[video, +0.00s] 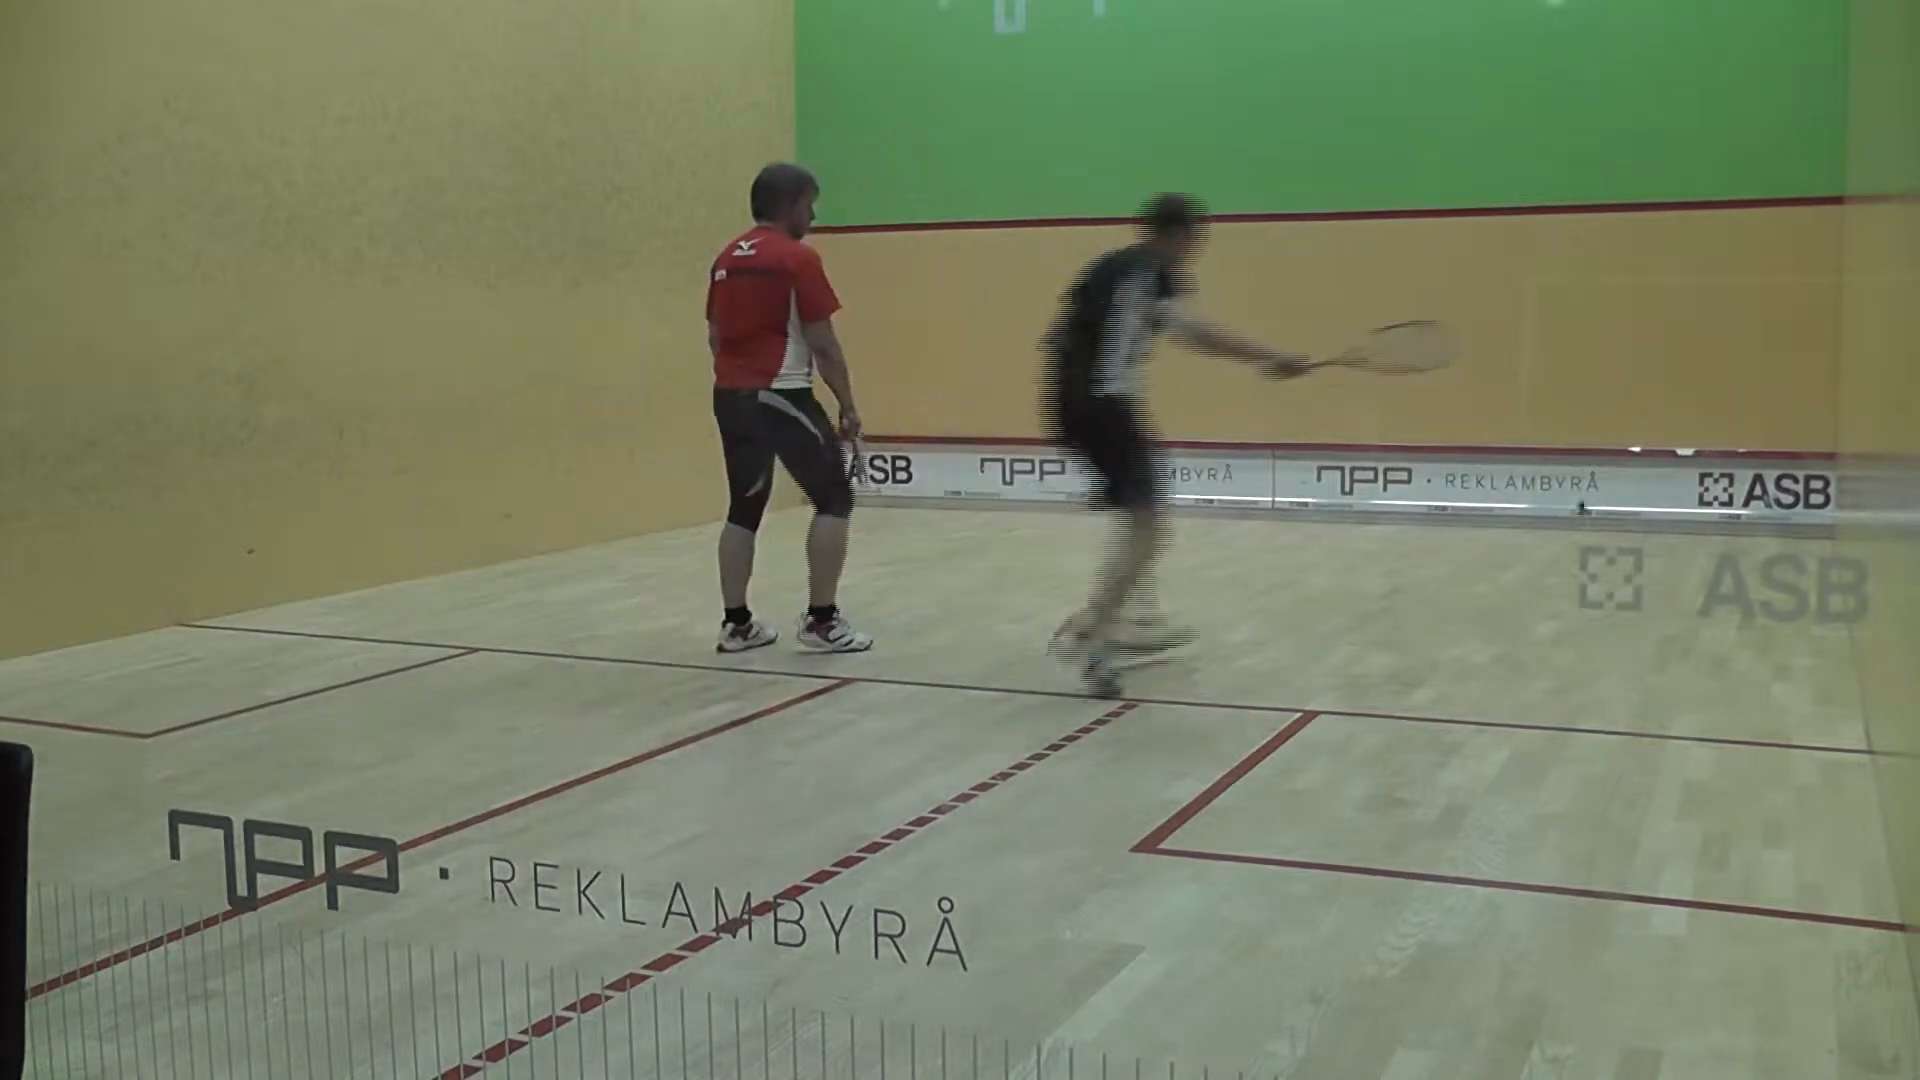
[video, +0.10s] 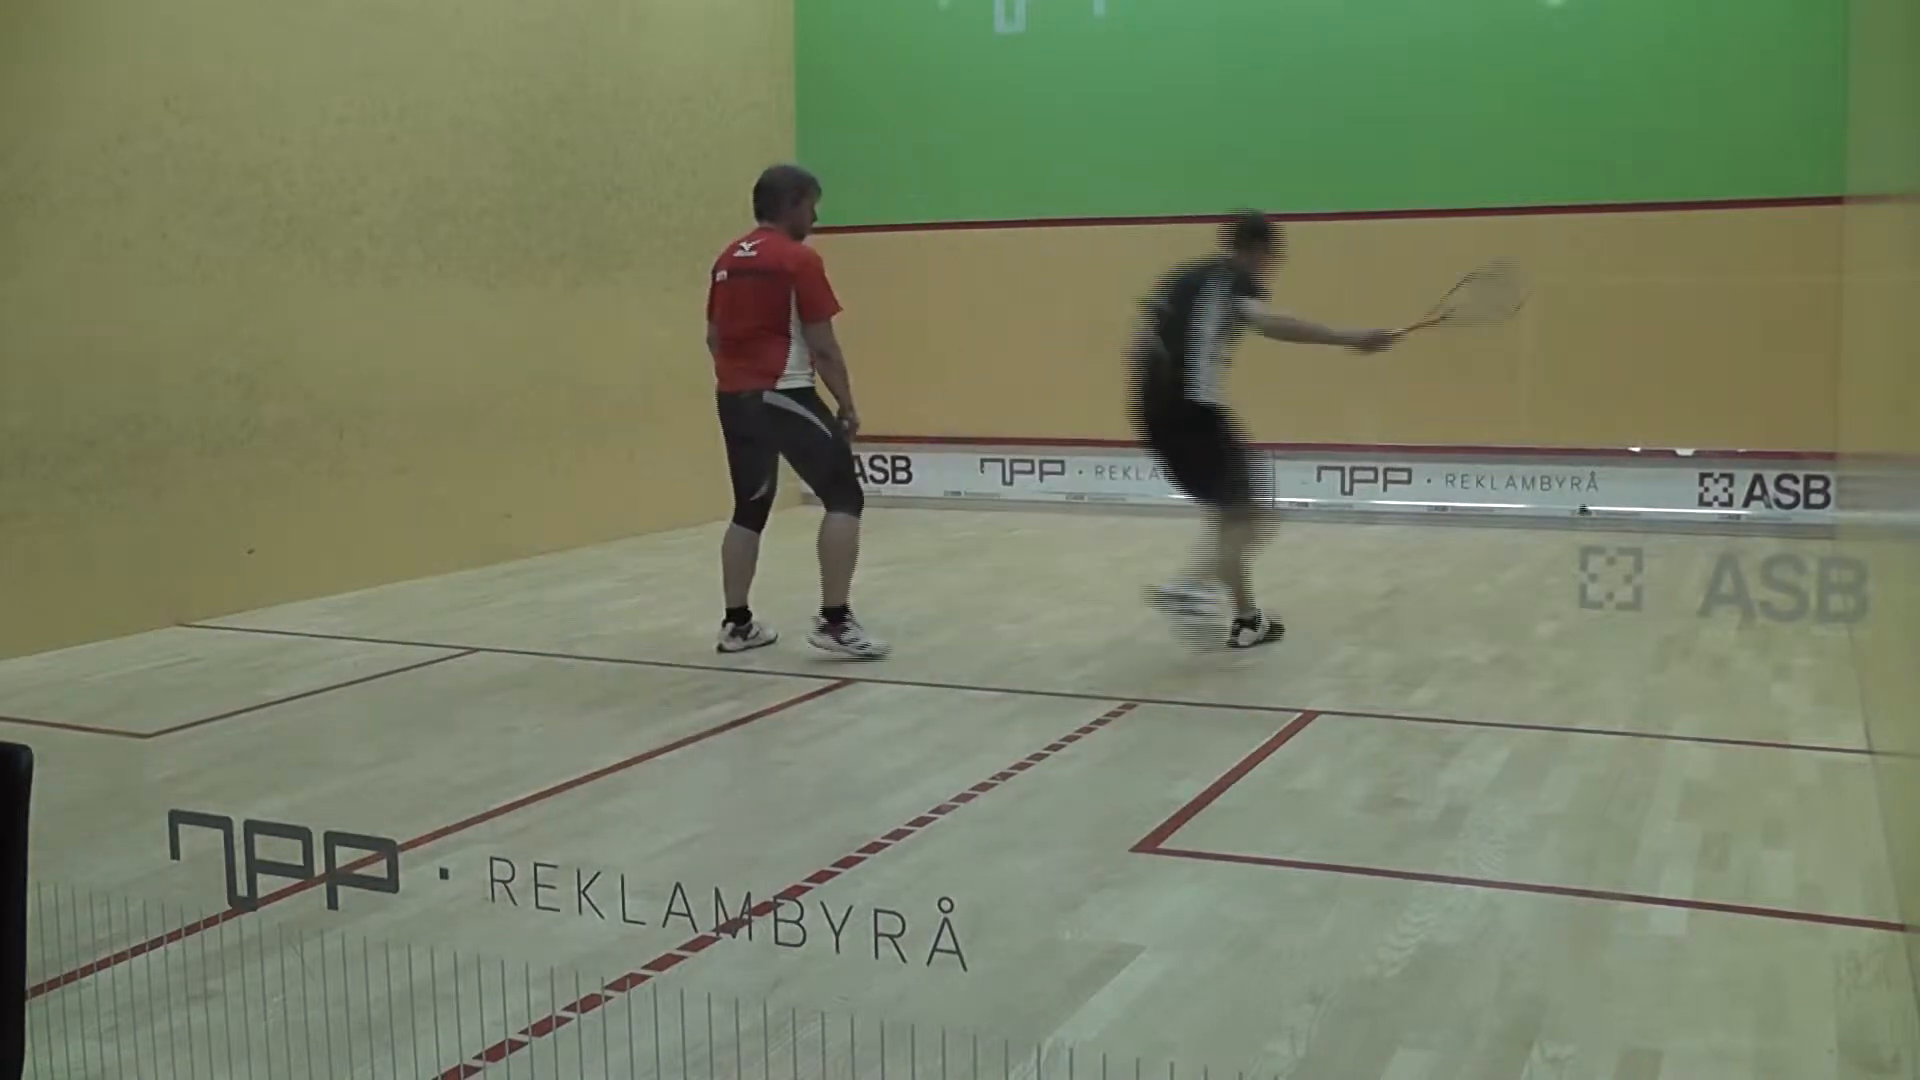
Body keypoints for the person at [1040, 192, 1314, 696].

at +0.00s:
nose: (1194, 248)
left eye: (1196, 238)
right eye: (1188, 237)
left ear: (1171, 236)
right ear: (1165, 234)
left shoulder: (1154, 280)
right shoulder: (1128, 274)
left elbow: (1200, 334)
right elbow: (1201, 334)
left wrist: (1267, 359)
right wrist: (1267, 360)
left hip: (1112, 409)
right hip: (1096, 410)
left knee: (1145, 520)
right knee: (1143, 528)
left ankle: (1126, 621)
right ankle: (1095, 634)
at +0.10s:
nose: (1270, 269)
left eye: (1272, 258)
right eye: (1267, 257)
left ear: (1235, 249)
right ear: (1247, 251)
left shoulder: (1191, 282)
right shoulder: (1224, 285)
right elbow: (1281, 327)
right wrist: (1357, 337)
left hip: (1165, 417)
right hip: (1193, 415)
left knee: (1233, 513)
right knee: (1250, 512)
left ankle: (1245, 618)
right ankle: (1193, 588)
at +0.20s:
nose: (1319, 290)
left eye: (1323, 280)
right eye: (1320, 279)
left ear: (1286, 266)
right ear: (1304, 271)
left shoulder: (1238, 298)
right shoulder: (1278, 299)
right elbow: (1325, 349)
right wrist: (1401, 353)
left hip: (1207, 428)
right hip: (1246, 422)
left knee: (1269, 512)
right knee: (1313, 500)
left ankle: (1251, 618)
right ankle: (1293, 585)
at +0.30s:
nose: (1403, 304)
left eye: (1404, 294)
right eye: (1399, 294)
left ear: (1370, 286)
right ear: (1381, 289)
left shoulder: (1314, 304)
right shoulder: (1365, 330)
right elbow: (1399, 407)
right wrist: (1467, 424)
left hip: (1263, 420)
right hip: (1307, 421)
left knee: (1306, 520)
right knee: (1360, 499)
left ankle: (1259, 592)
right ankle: (1394, 587)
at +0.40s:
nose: (1438, 316)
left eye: (1440, 308)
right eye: (1435, 307)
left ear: (1403, 297)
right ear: (1418, 302)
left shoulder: (1356, 316)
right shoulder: (1403, 346)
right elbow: (1442, 428)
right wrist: (1497, 470)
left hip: (1301, 432)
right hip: (1342, 434)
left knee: (1334, 523)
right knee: (1403, 491)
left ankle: (1284, 571)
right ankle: (1402, 593)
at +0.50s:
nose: (1482, 313)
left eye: (1484, 305)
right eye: (1481, 305)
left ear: (1447, 294)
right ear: (1464, 302)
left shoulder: (1402, 307)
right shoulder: (1455, 345)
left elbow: (1361, 363)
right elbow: (1457, 410)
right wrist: (1464, 464)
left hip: (1346, 415)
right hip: (1383, 422)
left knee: (1405, 484)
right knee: (1444, 486)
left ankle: (1351, 566)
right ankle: (1405, 586)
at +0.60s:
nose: (1497, 292)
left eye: (1498, 284)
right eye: (1497, 285)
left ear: (1464, 274)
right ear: (1489, 283)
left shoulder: (1420, 291)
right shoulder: (1476, 323)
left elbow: (1384, 333)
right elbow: (1461, 388)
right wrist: (1446, 418)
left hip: (1374, 396)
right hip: (1413, 404)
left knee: (1423, 478)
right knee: (1460, 487)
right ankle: (1413, 570)